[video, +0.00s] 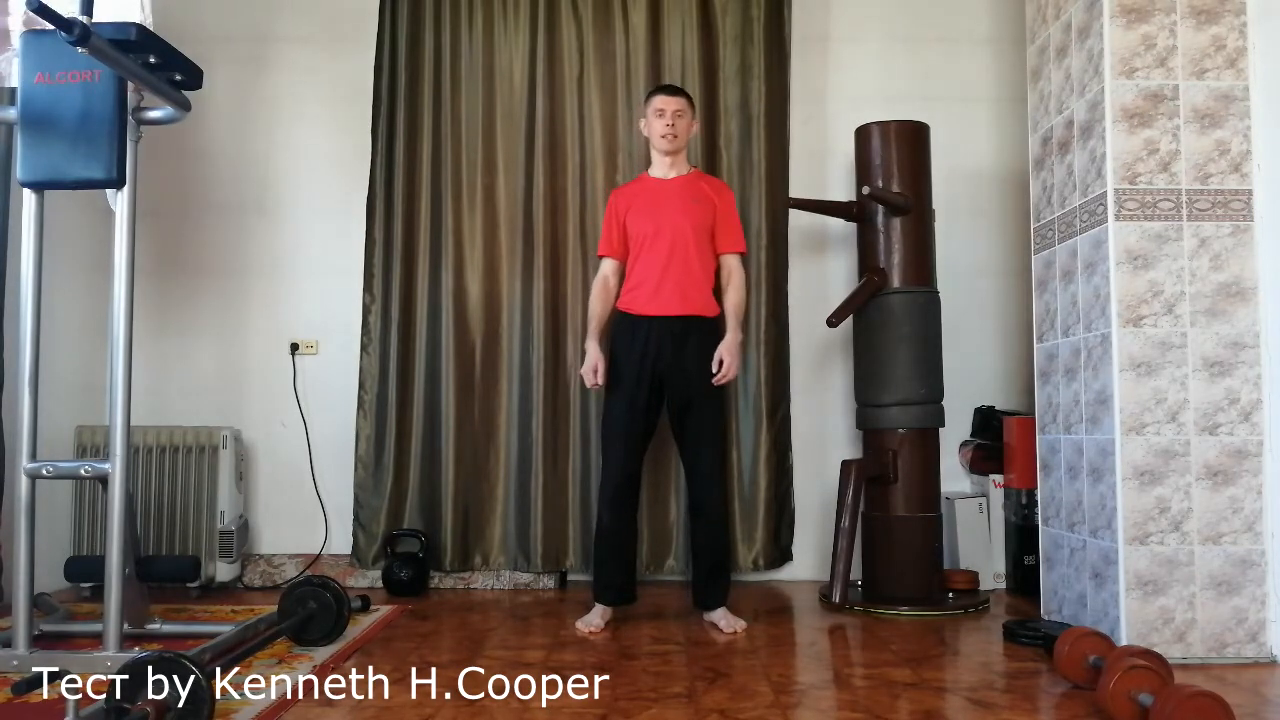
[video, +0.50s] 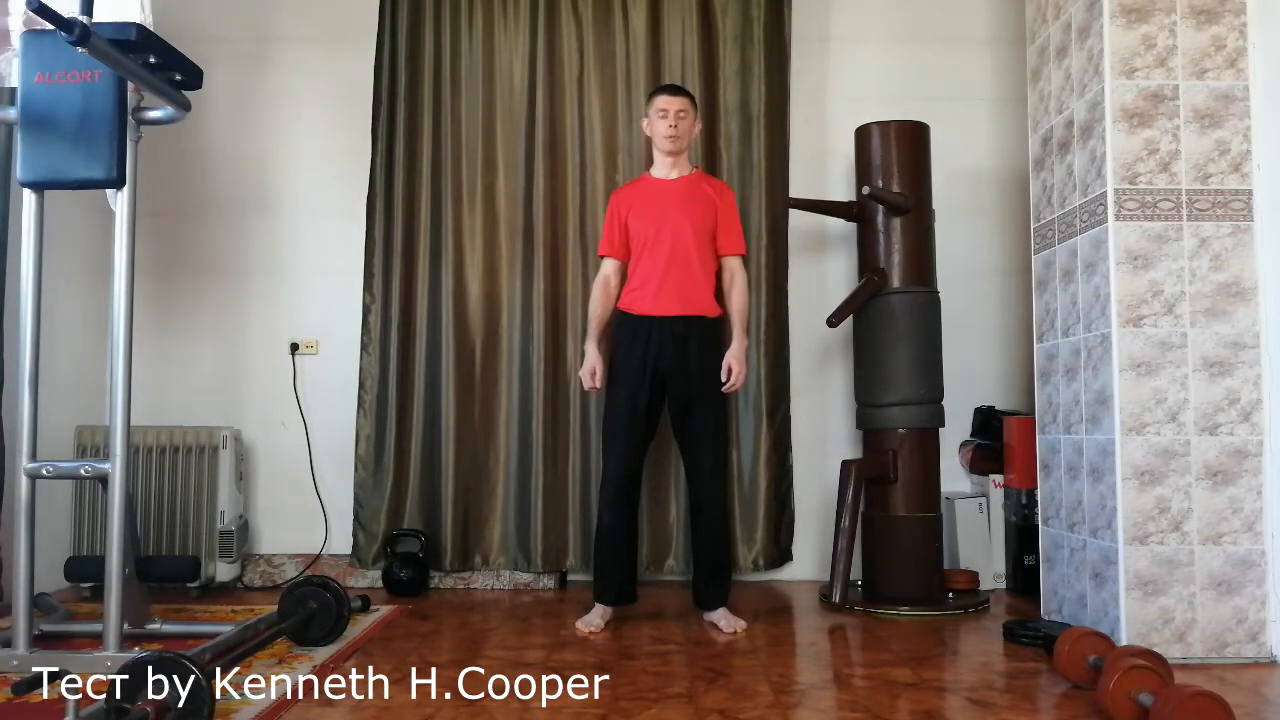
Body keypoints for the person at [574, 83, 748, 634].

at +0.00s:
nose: (669, 122)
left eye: (679, 114)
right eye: (659, 114)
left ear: (693, 127)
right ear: (643, 127)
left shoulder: (715, 193)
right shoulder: (624, 198)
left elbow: (732, 272)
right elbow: (608, 275)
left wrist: (732, 334)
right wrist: (594, 340)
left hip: (698, 339)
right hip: (633, 339)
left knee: (707, 475)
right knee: (618, 473)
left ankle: (712, 602)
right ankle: (608, 599)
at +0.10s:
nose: (669, 122)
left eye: (679, 114)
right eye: (660, 114)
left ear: (694, 127)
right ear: (644, 127)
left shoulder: (715, 192)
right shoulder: (623, 198)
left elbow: (732, 272)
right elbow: (608, 276)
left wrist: (734, 336)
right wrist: (593, 342)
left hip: (698, 340)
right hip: (633, 339)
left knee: (708, 475)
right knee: (619, 474)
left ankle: (712, 602)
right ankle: (608, 598)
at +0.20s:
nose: (670, 122)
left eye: (680, 114)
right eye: (660, 114)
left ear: (695, 127)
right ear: (644, 127)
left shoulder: (715, 193)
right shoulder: (624, 198)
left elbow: (733, 272)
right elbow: (608, 276)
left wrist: (736, 339)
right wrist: (593, 343)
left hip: (698, 340)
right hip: (634, 339)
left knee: (708, 475)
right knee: (619, 473)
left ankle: (712, 602)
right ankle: (608, 598)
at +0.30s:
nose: (670, 122)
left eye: (680, 114)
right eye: (661, 114)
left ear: (695, 127)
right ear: (644, 127)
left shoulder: (715, 193)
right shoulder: (624, 198)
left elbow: (733, 273)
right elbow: (608, 276)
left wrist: (737, 341)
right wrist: (592, 344)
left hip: (698, 340)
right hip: (634, 339)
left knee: (708, 474)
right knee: (619, 473)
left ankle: (712, 602)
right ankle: (608, 598)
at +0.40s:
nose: (671, 122)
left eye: (681, 115)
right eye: (662, 114)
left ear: (696, 127)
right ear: (645, 126)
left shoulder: (716, 193)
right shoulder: (624, 198)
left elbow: (733, 272)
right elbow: (608, 276)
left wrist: (738, 340)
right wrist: (592, 344)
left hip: (699, 340)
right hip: (634, 339)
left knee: (708, 475)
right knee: (619, 473)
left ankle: (712, 602)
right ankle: (608, 598)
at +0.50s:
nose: (672, 122)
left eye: (682, 115)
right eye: (662, 115)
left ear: (696, 127)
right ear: (645, 126)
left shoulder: (716, 194)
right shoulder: (625, 198)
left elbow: (734, 272)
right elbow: (609, 275)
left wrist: (738, 340)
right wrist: (593, 343)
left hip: (699, 340)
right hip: (635, 339)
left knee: (709, 474)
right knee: (619, 472)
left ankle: (712, 601)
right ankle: (608, 598)